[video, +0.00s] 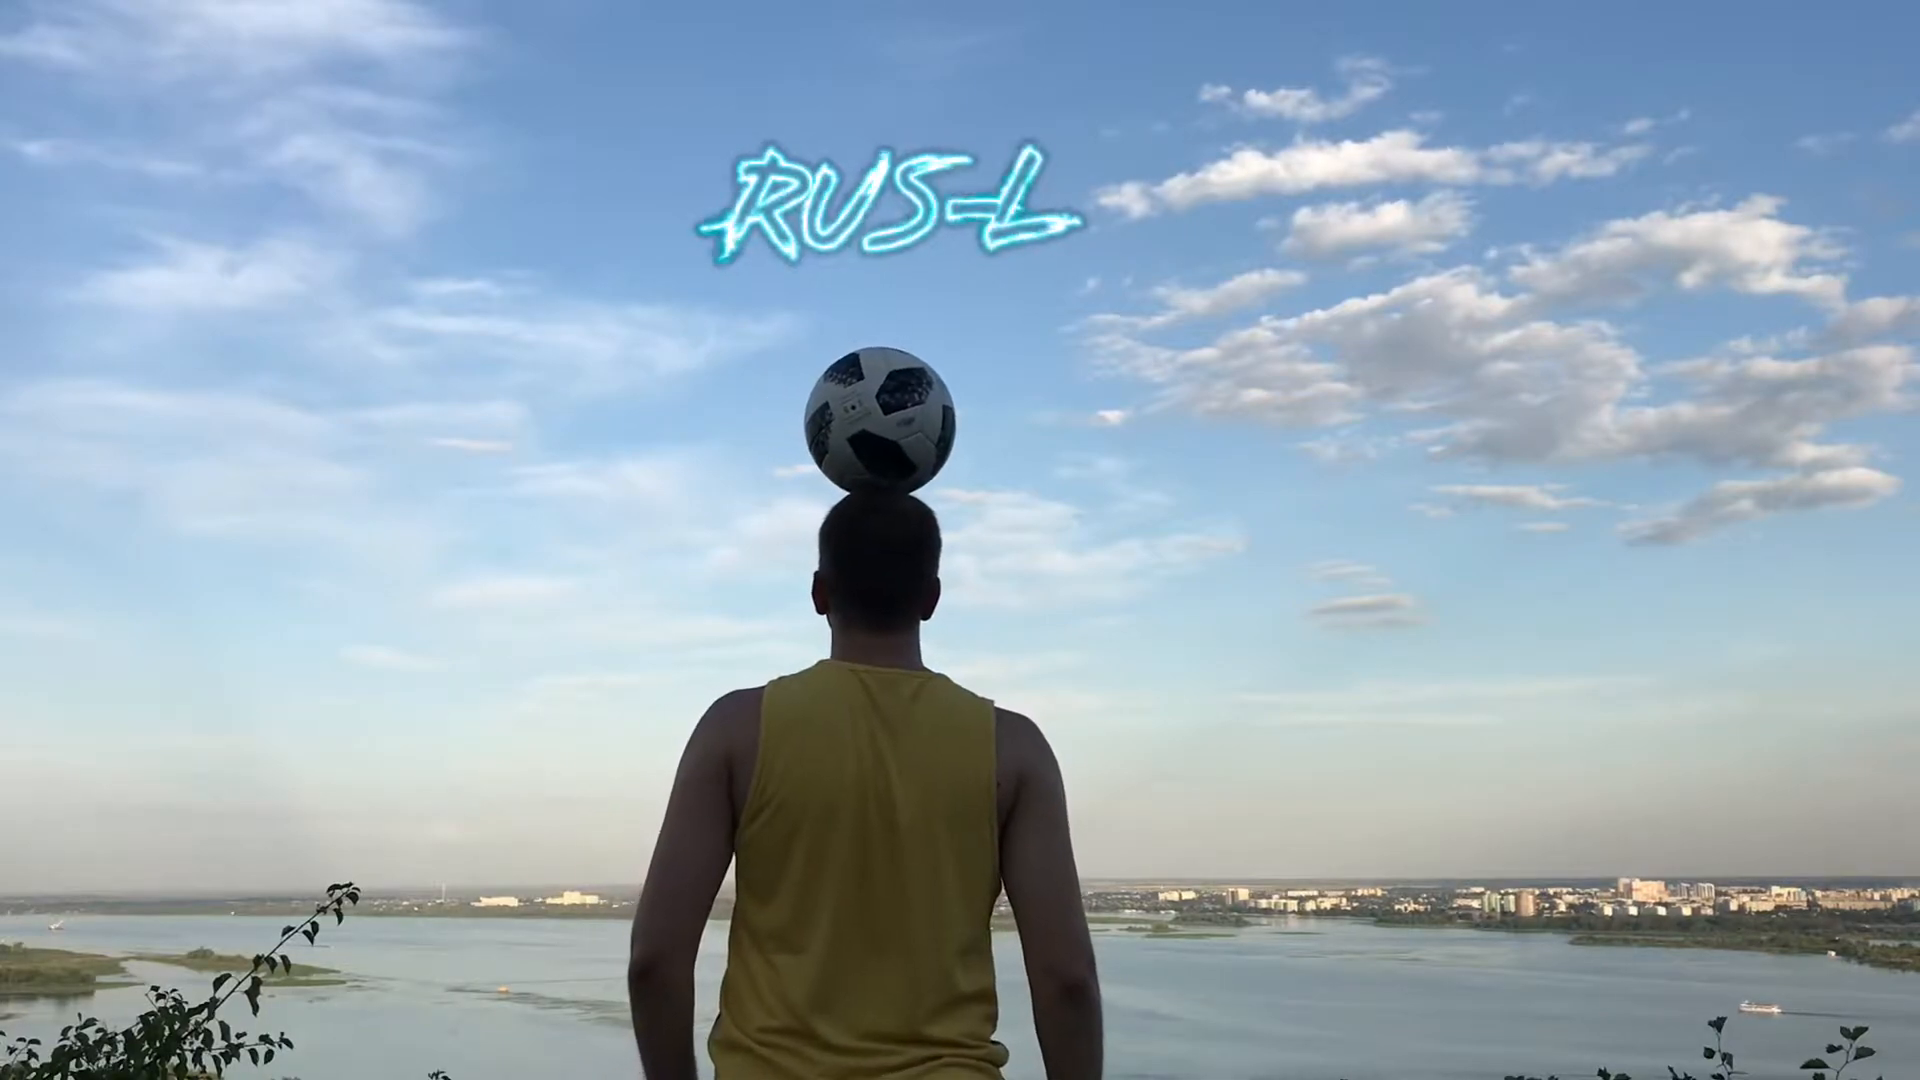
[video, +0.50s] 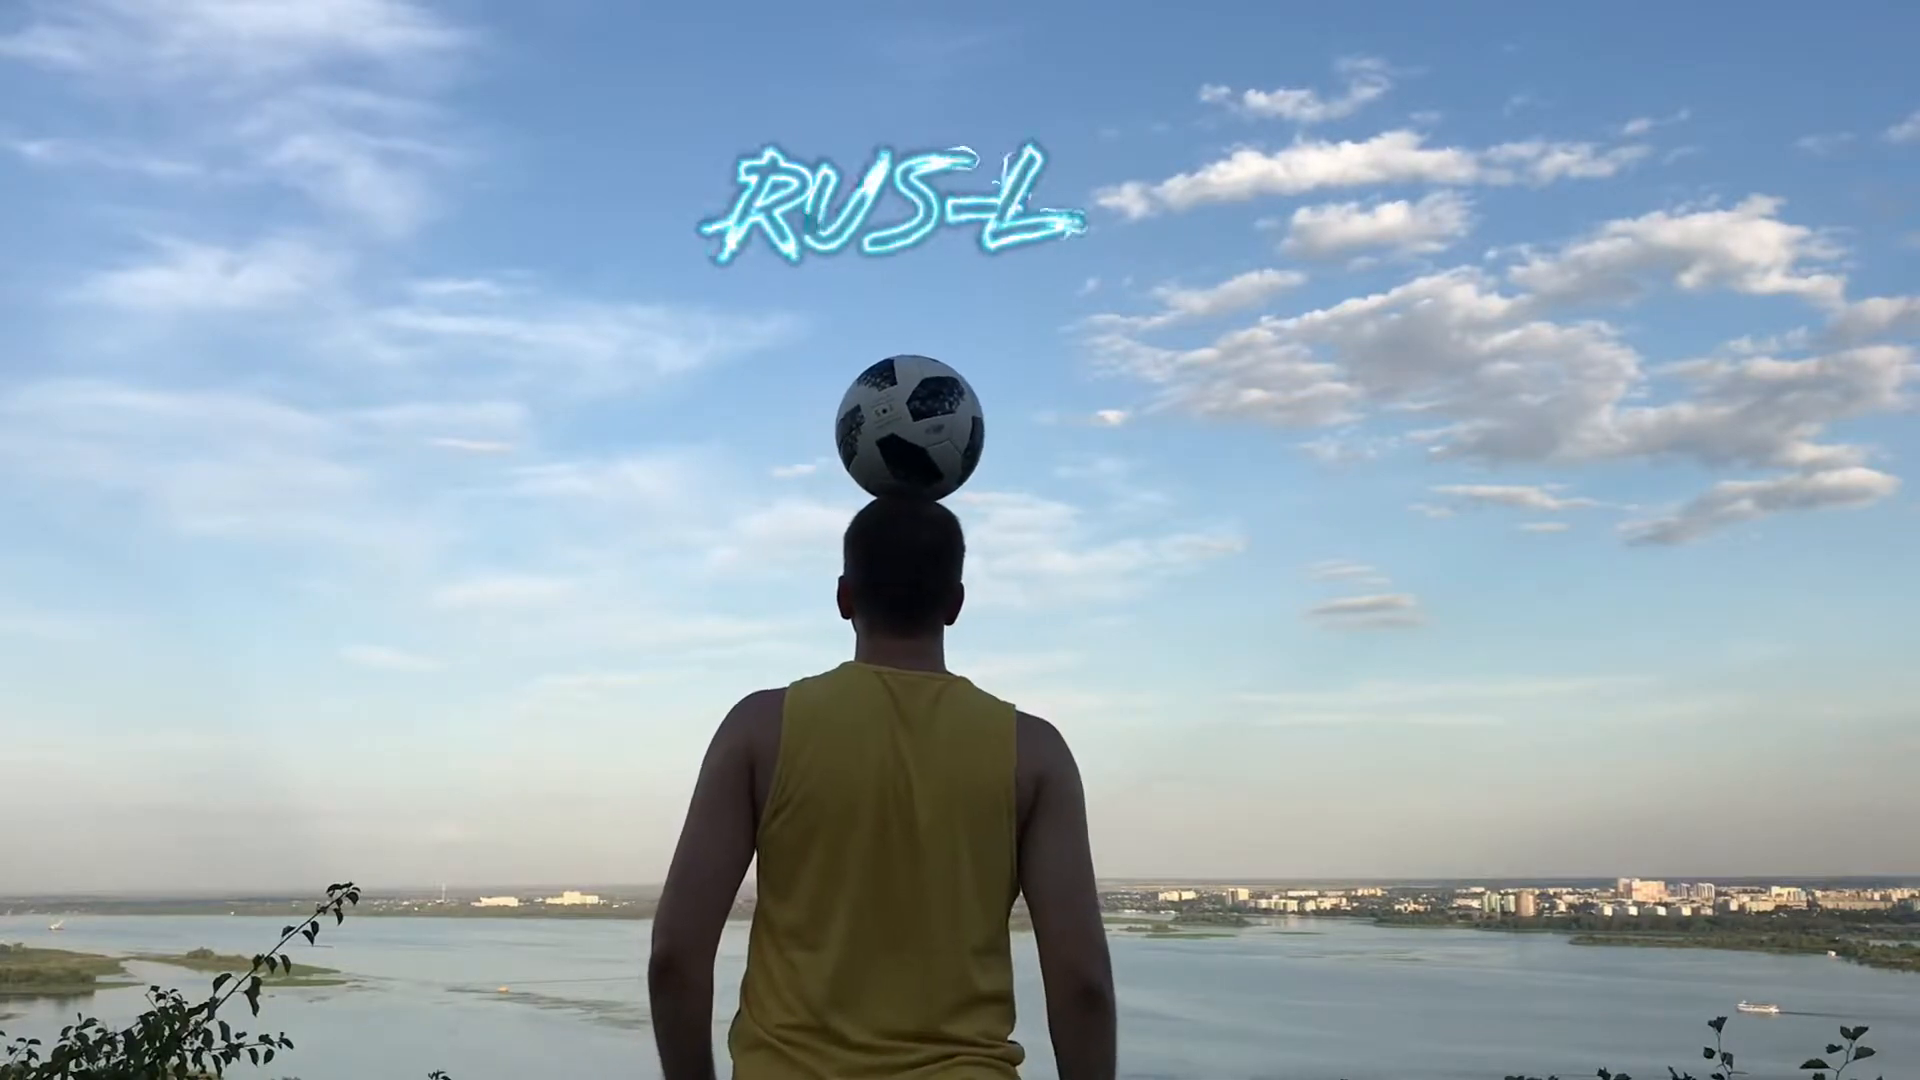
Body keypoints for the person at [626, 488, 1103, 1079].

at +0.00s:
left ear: (818, 591)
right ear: (934, 597)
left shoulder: (737, 726)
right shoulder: (1011, 744)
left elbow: (655, 963)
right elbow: (1068, 983)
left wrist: (675, 1072)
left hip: (770, 1059)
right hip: (950, 1062)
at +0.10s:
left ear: (820, 591)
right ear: (935, 597)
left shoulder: (739, 727)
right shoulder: (1012, 744)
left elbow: (658, 961)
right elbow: (1070, 983)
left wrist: (678, 1071)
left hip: (771, 1059)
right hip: (951, 1061)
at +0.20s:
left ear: (821, 593)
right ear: (936, 598)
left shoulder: (741, 727)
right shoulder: (1013, 744)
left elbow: (660, 962)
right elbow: (1071, 982)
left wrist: (681, 1070)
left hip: (772, 1058)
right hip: (952, 1060)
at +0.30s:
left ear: (824, 593)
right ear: (939, 599)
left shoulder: (742, 727)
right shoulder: (1015, 745)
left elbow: (662, 962)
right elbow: (1072, 983)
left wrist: (683, 1071)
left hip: (774, 1058)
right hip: (953, 1061)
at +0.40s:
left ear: (831, 594)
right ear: (945, 601)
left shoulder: (749, 727)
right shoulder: (1020, 746)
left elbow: (667, 960)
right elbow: (1075, 985)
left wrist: (687, 1070)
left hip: (779, 1057)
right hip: (958, 1060)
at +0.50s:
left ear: (843, 597)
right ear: (958, 603)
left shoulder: (760, 726)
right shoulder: (1031, 747)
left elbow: (675, 958)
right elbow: (1083, 985)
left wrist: (693, 1071)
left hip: (788, 1058)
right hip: (966, 1061)